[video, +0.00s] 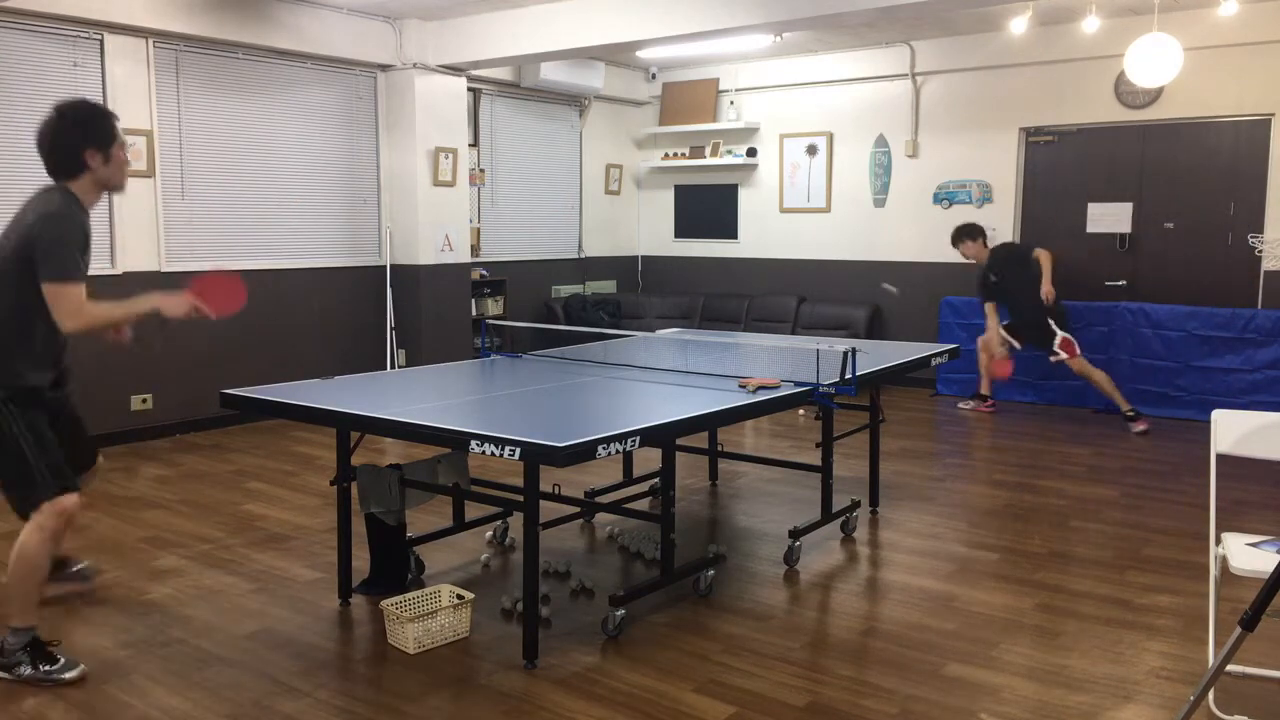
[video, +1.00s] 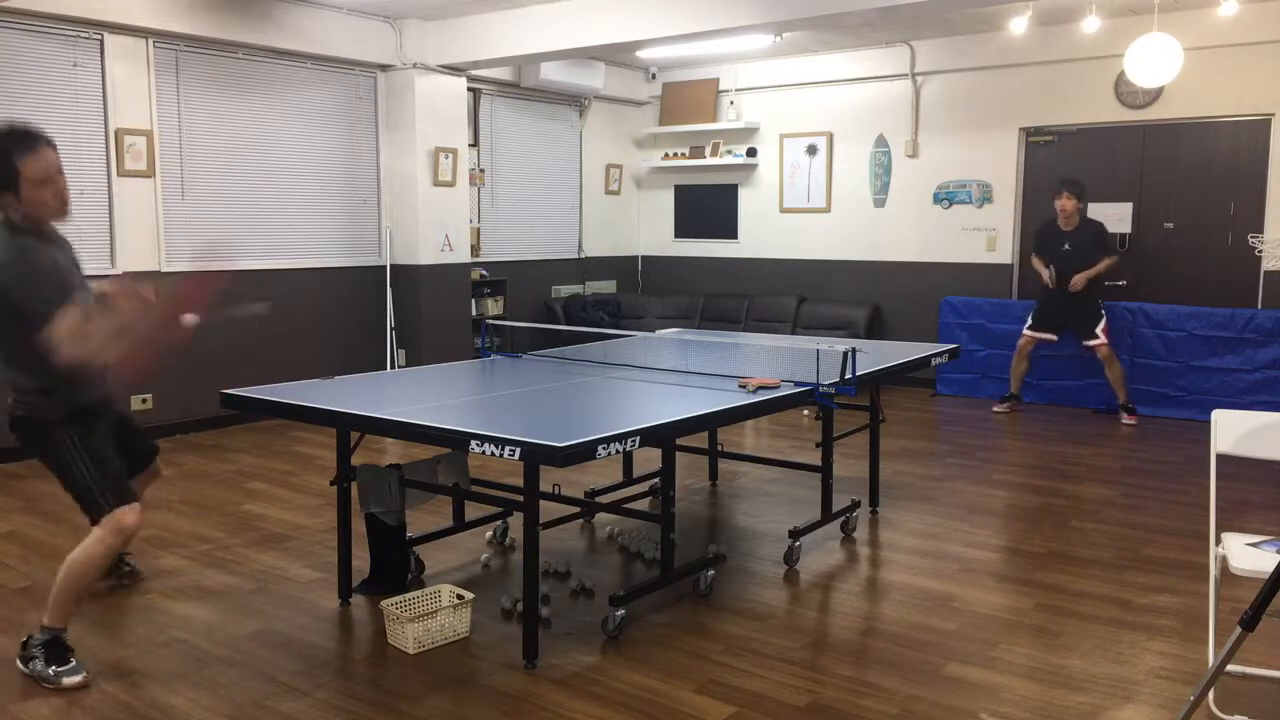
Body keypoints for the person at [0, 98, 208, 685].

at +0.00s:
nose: (128, 154)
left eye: (123, 144)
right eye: (119, 146)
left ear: (83, 159)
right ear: (92, 159)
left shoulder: (60, 209)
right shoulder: (58, 217)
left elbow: (51, 302)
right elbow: (72, 315)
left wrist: (105, 320)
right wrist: (156, 302)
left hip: (37, 380)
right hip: (13, 388)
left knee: (77, 463)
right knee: (55, 505)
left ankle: (45, 561)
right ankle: (14, 643)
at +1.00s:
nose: (61, 189)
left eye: (60, 176)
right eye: (45, 182)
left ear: (61, 175)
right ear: (10, 200)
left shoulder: (46, 239)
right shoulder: (21, 257)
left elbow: (76, 304)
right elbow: (73, 348)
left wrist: (118, 304)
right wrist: (143, 322)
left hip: (81, 394)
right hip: (47, 409)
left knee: (144, 467)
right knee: (121, 517)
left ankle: (105, 558)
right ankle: (45, 642)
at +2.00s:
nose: (140, 221)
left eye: (135, 211)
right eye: (129, 215)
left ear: (98, 229)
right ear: (95, 231)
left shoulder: (109, 272)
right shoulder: (45, 292)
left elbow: (100, 322)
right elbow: (42, 392)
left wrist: (150, 362)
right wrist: (127, 406)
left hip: (51, 409)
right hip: (9, 419)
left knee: (127, 479)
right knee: (78, 500)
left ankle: (72, 569)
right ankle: (17, 650)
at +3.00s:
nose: (201, 205)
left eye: (196, 196)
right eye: (192, 199)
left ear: (145, 219)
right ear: (170, 215)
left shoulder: (112, 267)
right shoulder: (196, 254)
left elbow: (95, 348)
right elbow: (275, 304)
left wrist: (183, 355)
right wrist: (273, 272)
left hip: (112, 414)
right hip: (165, 410)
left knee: (176, 475)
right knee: (217, 513)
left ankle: (188, 556)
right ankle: (225, 645)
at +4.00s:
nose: (171, 236)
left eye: (168, 227)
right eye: (159, 231)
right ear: (125, 245)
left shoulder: (181, 277)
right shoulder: (85, 286)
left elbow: (240, 310)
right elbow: (55, 337)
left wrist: (259, 328)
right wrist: (41, 388)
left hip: (167, 383)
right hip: (108, 387)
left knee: (223, 465)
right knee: (107, 465)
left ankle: (225, 499)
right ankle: (86, 557)